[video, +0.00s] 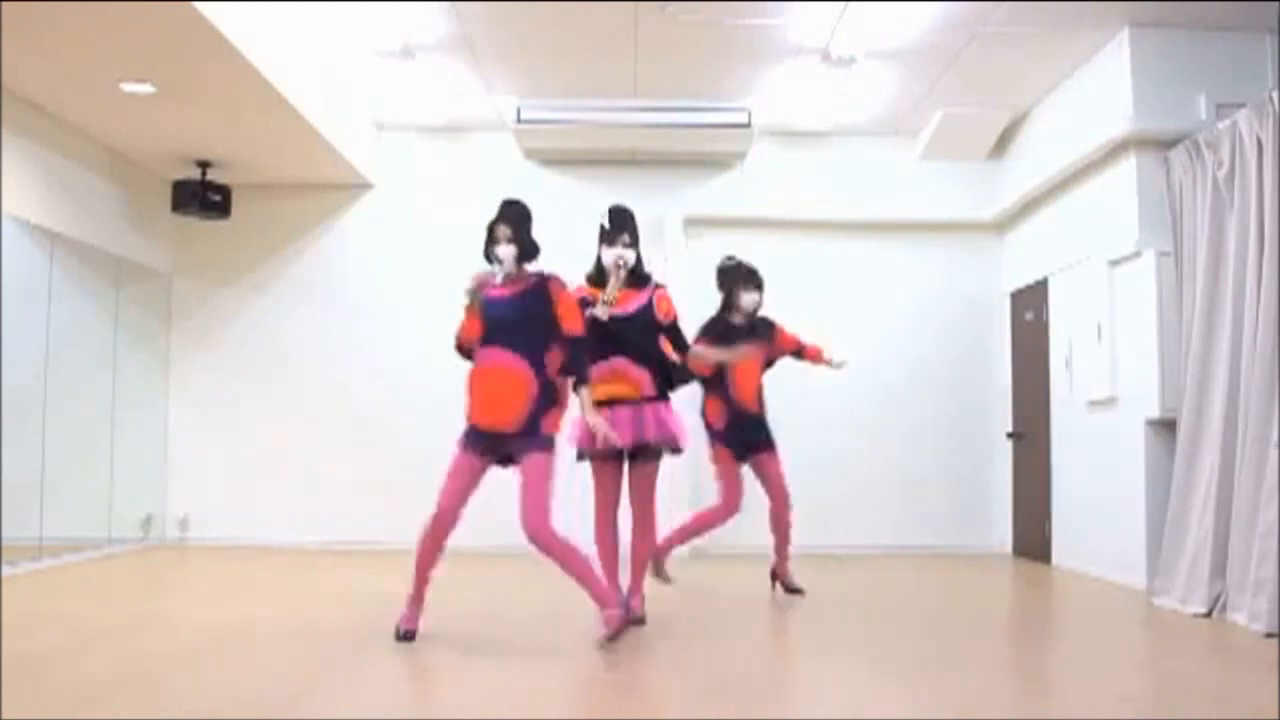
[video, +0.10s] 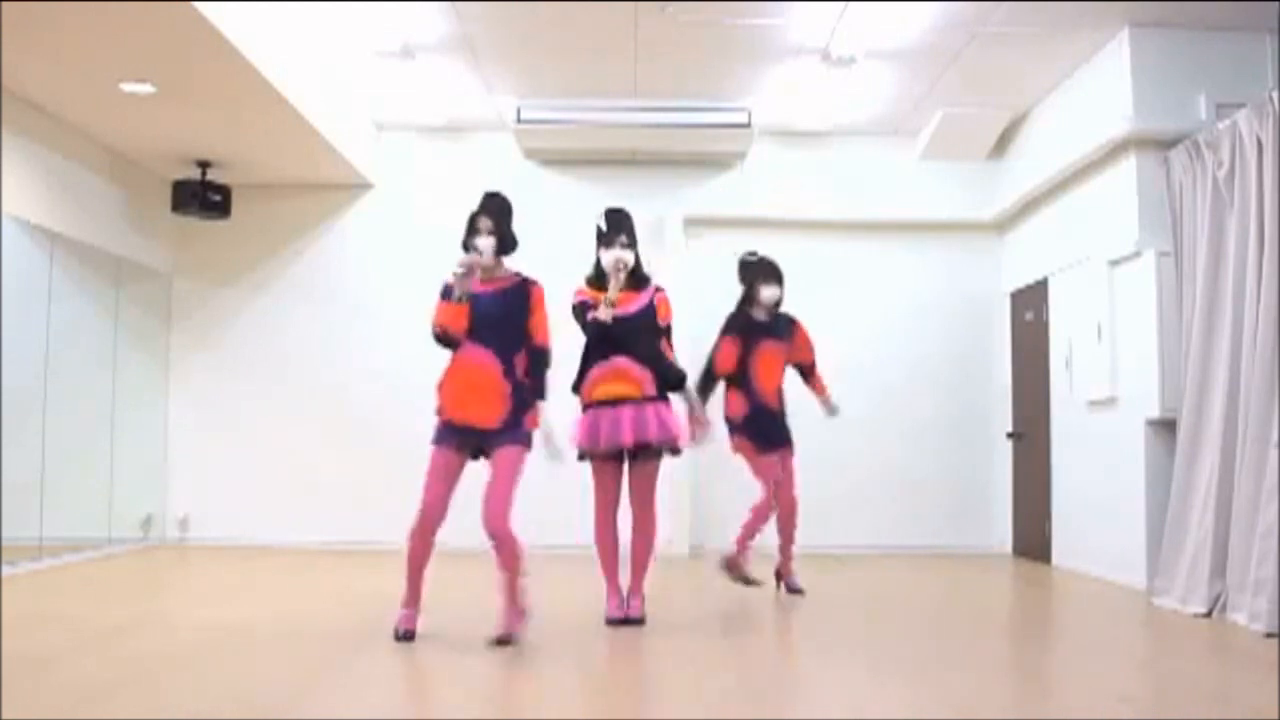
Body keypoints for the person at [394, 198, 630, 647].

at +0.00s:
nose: (502, 249)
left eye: (511, 240)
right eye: (496, 240)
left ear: (526, 243)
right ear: (489, 245)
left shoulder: (549, 288)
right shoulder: (485, 294)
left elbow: (576, 346)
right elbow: (468, 349)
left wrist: (553, 376)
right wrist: (475, 300)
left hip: (535, 426)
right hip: (484, 424)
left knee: (537, 529)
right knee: (442, 518)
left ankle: (610, 604)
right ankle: (413, 607)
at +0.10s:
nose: (480, 241)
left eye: (489, 233)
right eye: (475, 231)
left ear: (505, 240)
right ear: (466, 236)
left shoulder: (526, 291)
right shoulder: (455, 288)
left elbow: (539, 351)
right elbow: (447, 336)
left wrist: (535, 402)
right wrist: (460, 287)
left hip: (510, 415)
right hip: (458, 411)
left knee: (495, 520)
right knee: (429, 514)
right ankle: (410, 606)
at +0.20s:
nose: (466, 230)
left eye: (475, 223)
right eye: (460, 222)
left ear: (490, 229)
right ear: (451, 226)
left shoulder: (512, 283)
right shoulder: (440, 281)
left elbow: (524, 343)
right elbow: (440, 328)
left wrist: (521, 397)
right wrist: (453, 282)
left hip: (490, 401)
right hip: (442, 395)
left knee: (469, 507)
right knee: (424, 506)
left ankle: (481, 606)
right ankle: (413, 603)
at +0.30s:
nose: (455, 228)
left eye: (463, 221)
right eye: (449, 219)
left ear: (478, 227)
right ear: (439, 224)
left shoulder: (497, 280)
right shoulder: (425, 274)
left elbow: (529, 338)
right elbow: (425, 319)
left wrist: (534, 360)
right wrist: (446, 271)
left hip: (469, 400)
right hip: (421, 396)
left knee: (444, 503)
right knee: (417, 504)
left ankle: (473, 599)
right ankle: (426, 602)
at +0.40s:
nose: (444, 230)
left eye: (452, 223)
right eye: (437, 222)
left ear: (465, 230)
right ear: (428, 227)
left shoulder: (482, 283)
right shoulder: (410, 276)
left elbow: (514, 331)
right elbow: (411, 324)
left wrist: (550, 310)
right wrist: (434, 277)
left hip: (452, 405)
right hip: (405, 401)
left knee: (409, 490)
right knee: (406, 500)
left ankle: (426, 591)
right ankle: (423, 595)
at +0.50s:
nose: (433, 233)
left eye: (441, 226)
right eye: (426, 225)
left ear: (454, 231)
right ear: (414, 229)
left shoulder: (473, 282)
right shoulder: (398, 276)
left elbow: (515, 298)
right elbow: (396, 323)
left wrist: (544, 307)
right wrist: (422, 277)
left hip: (439, 411)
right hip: (392, 406)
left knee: (377, 495)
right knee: (406, 507)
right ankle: (426, 602)